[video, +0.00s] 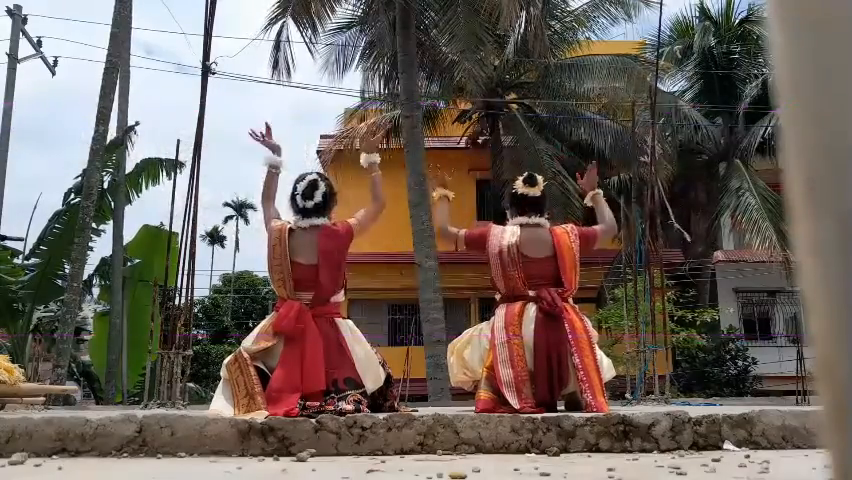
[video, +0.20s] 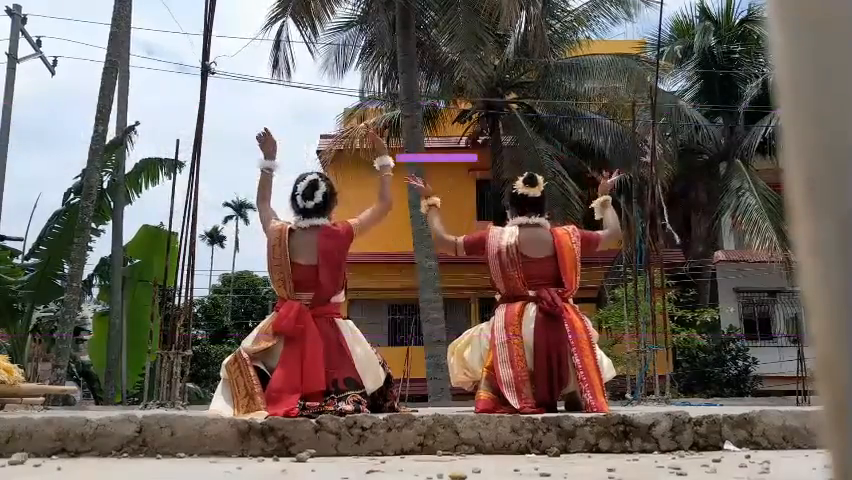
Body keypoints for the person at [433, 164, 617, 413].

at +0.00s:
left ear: (511, 207)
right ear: (544, 207)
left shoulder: (495, 236)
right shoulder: (566, 235)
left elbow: (444, 233)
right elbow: (610, 226)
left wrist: (441, 197)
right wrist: (596, 196)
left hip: (512, 323)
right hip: (561, 321)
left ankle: (490, 393)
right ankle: (575, 394)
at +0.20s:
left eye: (507, 208)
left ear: (509, 210)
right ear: (545, 208)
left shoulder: (495, 238)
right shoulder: (568, 237)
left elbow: (443, 241)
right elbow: (614, 234)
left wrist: (430, 204)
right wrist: (606, 198)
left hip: (512, 324)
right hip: (561, 322)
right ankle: (577, 402)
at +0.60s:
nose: (508, 214)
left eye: (509, 209)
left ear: (511, 210)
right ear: (544, 208)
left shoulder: (494, 237)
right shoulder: (568, 237)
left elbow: (443, 243)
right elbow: (617, 238)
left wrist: (423, 211)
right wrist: (619, 207)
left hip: (512, 325)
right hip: (562, 324)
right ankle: (575, 395)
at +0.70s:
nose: (509, 214)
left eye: (509, 209)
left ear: (510, 210)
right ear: (545, 208)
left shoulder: (494, 238)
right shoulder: (569, 238)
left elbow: (441, 247)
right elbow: (618, 240)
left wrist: (427, 214)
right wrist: (615, 208)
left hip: (511, 326)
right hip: (562, 325)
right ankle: (576, 394)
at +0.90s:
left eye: (522, 201)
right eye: (536, 201)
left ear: (511, 206)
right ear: (547, 205)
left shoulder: (493, 240)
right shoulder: (570, 240)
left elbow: (452, 260)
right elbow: (620, 253)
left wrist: (423, 239)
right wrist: (624, 227)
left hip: (511, 330)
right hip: (565, 327)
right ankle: (578, 400)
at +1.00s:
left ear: (512, 207)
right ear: (548, 207)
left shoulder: (495, 241)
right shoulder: (571, 240)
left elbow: (449, 265)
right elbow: (617, 260)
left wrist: (419, 244)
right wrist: (633, 239)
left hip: (513, 330)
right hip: (565, 328)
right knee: (578, 403)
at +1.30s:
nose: (528, 209)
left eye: (528, 203)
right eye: (530, 203)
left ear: (515, 207)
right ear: (550, 207)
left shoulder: (497, 243)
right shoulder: (573, 244)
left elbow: (462, 274)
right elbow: (616, 271)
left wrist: (426, 260)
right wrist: (638, 246)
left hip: (510, 328)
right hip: (565, 329)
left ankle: (511, 401)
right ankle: (575, 394)